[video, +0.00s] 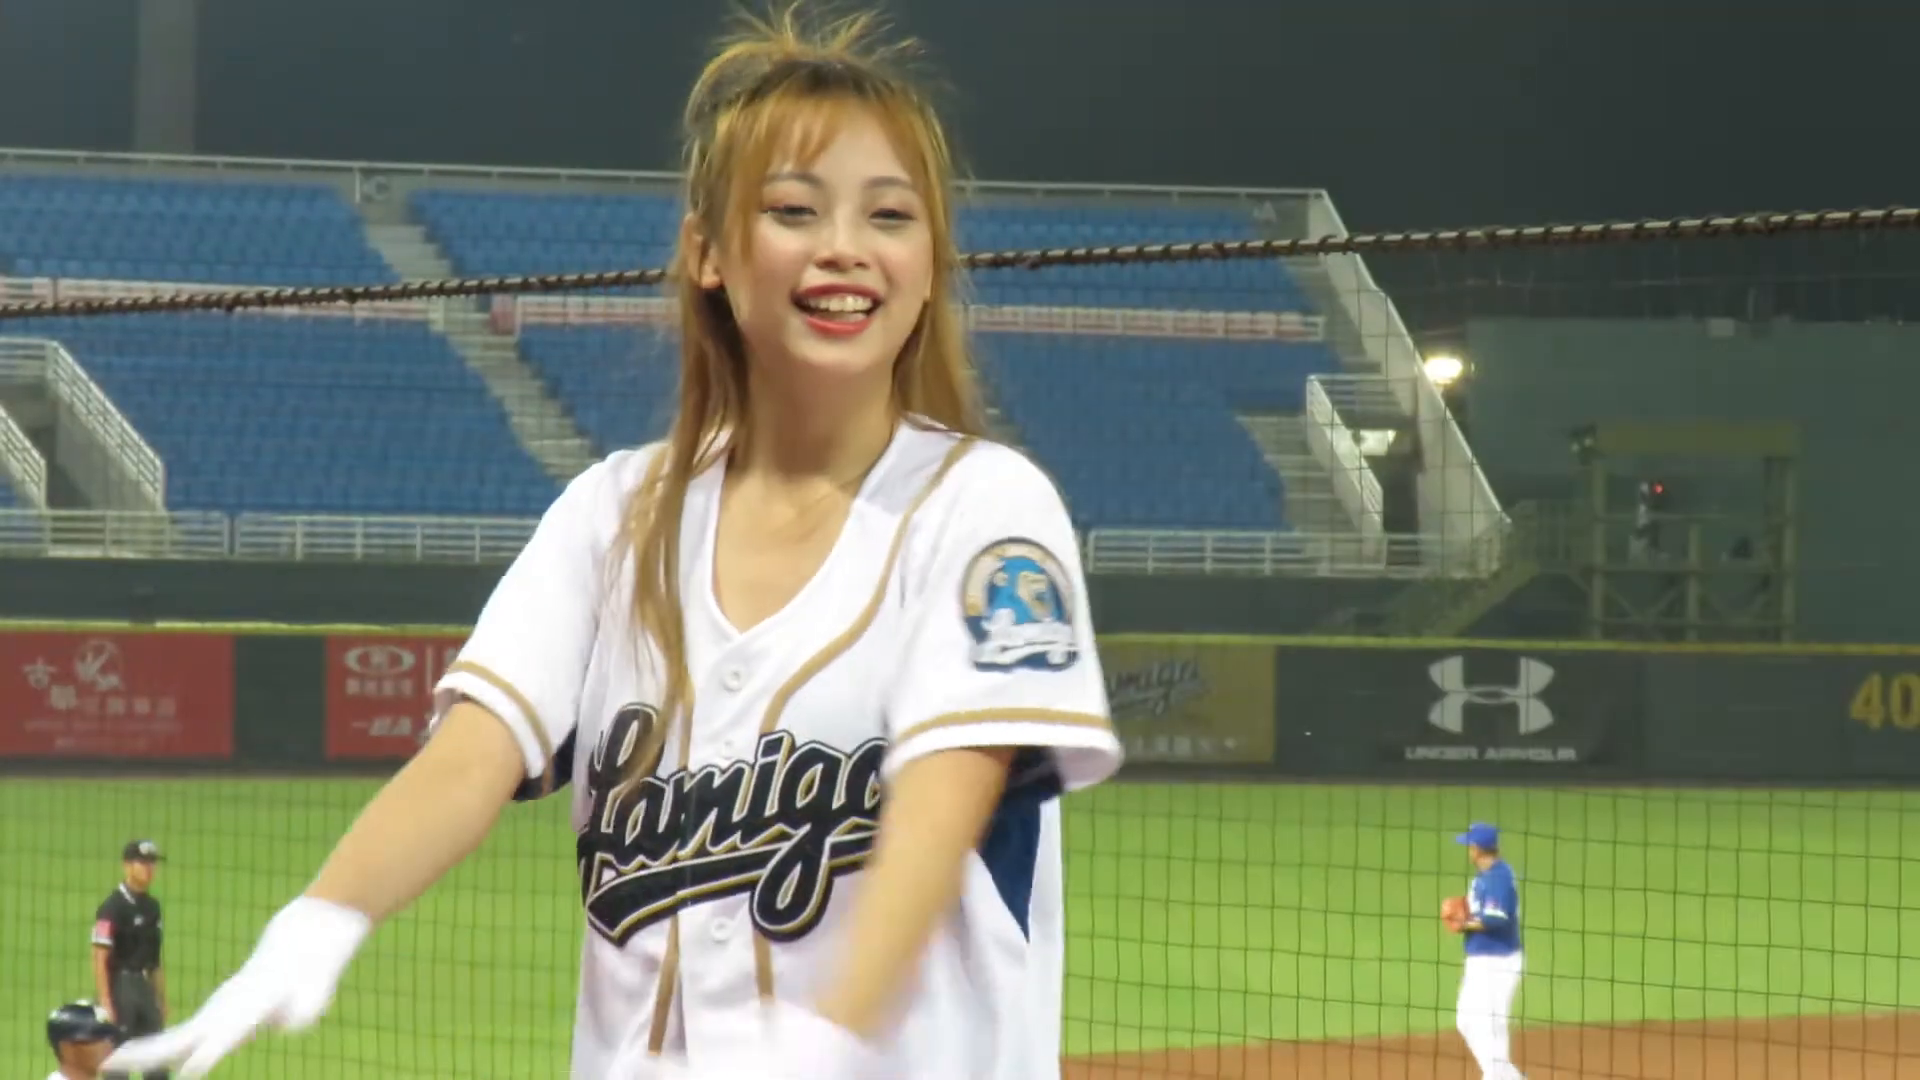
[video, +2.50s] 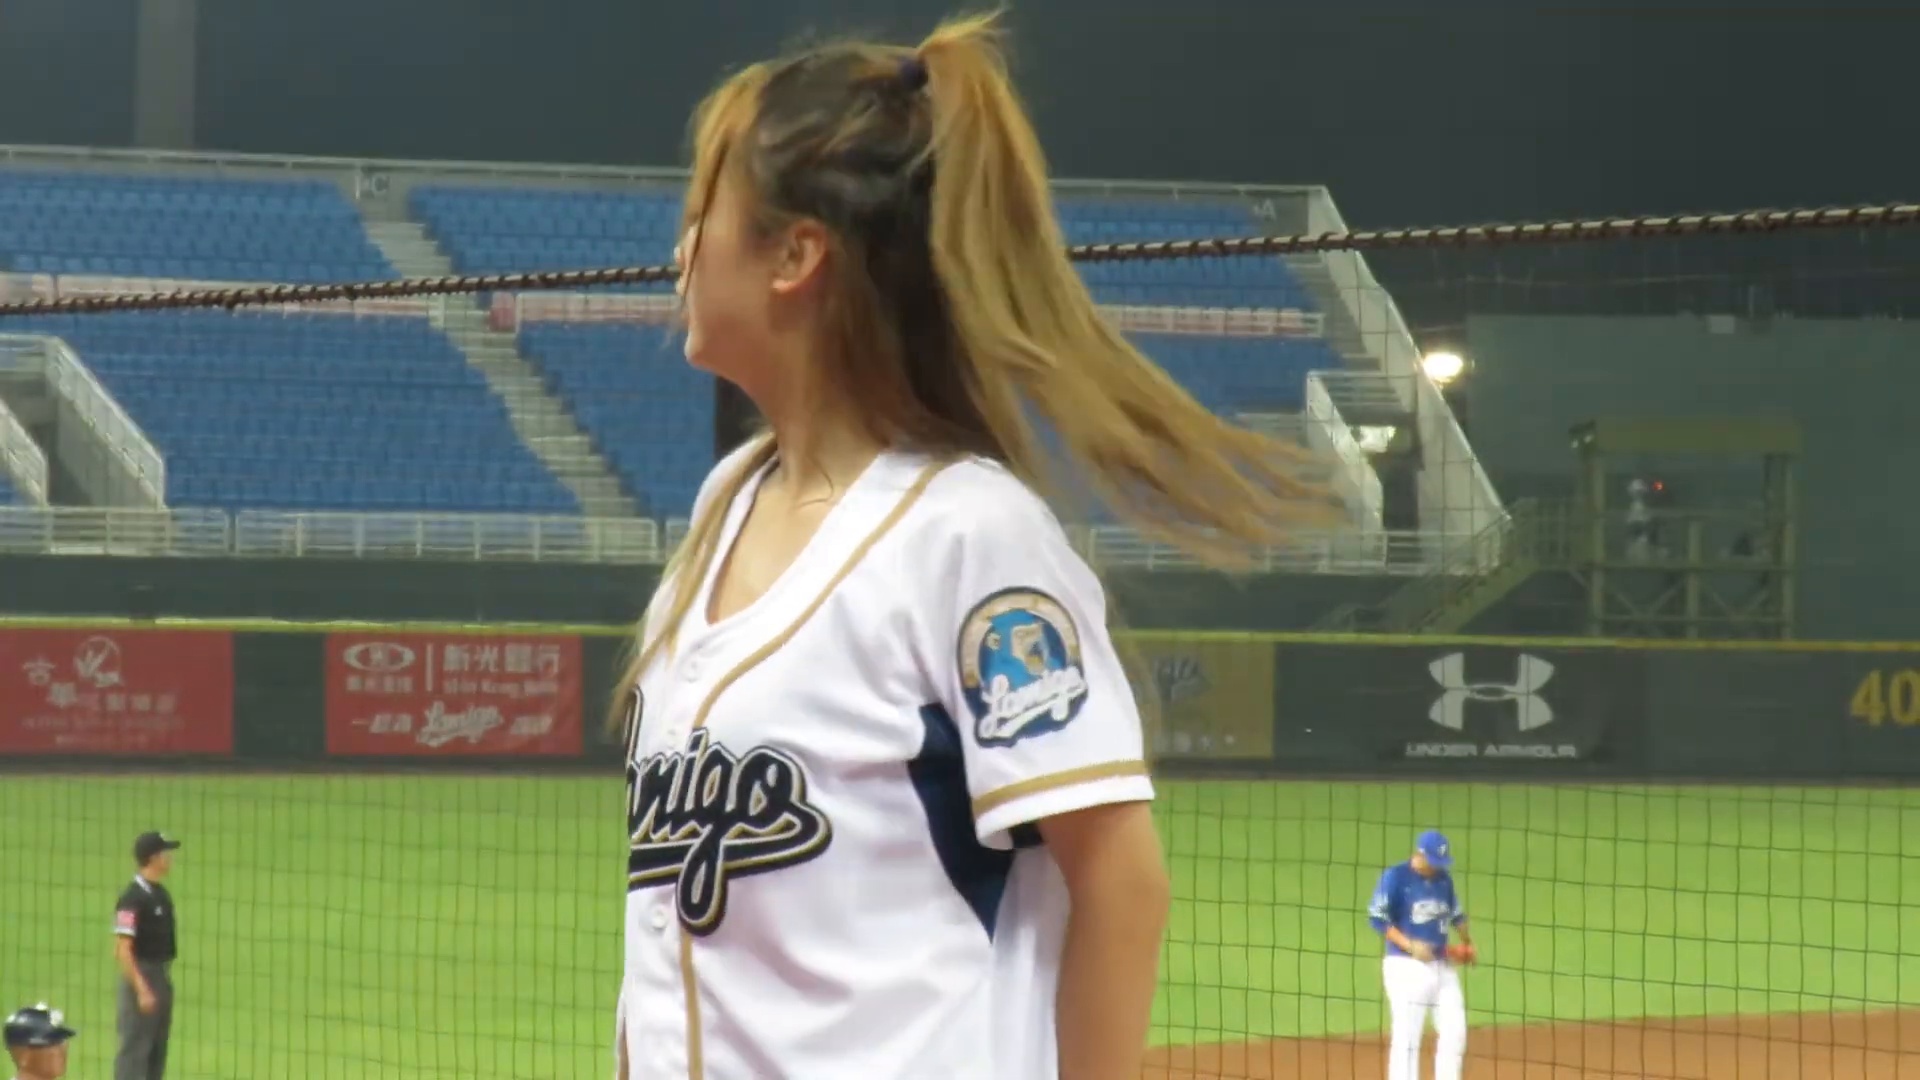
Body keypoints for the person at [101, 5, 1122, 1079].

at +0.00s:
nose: (847, 248)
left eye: (888, 214)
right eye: (797, 210)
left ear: (933, 260)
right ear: (714, 255)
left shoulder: (987, 505)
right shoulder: (614, 509)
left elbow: (936, 815)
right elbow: (474, 750)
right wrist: (320, 926)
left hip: (905, 1049)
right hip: (645, 1054)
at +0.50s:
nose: (841, 257)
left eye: (880, 219)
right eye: (788, 214)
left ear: (916, 263)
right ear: (688, 260)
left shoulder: (1019, 527)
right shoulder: (597, 523)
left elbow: (1156, 782)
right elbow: (632, 795)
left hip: (966, 1052)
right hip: (674, 1047)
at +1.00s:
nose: (881, 261)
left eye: (917, 226)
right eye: (830, 215)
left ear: (948, 266)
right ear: (717, 248)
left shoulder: (1028, 506)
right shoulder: (614, 500)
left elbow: (1152, 814)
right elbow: (646, 809)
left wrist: (1071, 1051)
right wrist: (749, 1028)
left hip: (977, 1055)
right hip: (687, 1054)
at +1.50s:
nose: (885, 252)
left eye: (921, 215)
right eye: (833, 208)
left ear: (956, 260)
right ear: (724, 247)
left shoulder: (1039, 490)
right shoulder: (616, 496)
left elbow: (1127, 827)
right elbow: (656, 812)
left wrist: (1066, 1055)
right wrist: (763, 1029)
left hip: (984, 1054)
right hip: (689, 1053)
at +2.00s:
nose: (860, 250)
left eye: (900, 212)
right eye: (806, 207)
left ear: (938, 258)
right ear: (714, 253)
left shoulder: (1040, 507)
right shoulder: (626, 513)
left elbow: (1134, 848)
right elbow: (662, 838)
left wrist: (1090, 1064)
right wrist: (767, 1041)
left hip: (989, 1055)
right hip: (701, 1055)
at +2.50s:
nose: (680, 253)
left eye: (701, 218)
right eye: (692, 217)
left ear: (797, 259)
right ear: (796, 261)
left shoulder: (979, 529)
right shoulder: (726, 502)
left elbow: (1122, 884)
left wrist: (1086, 1075)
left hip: (908, 1059)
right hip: (679, 1057)